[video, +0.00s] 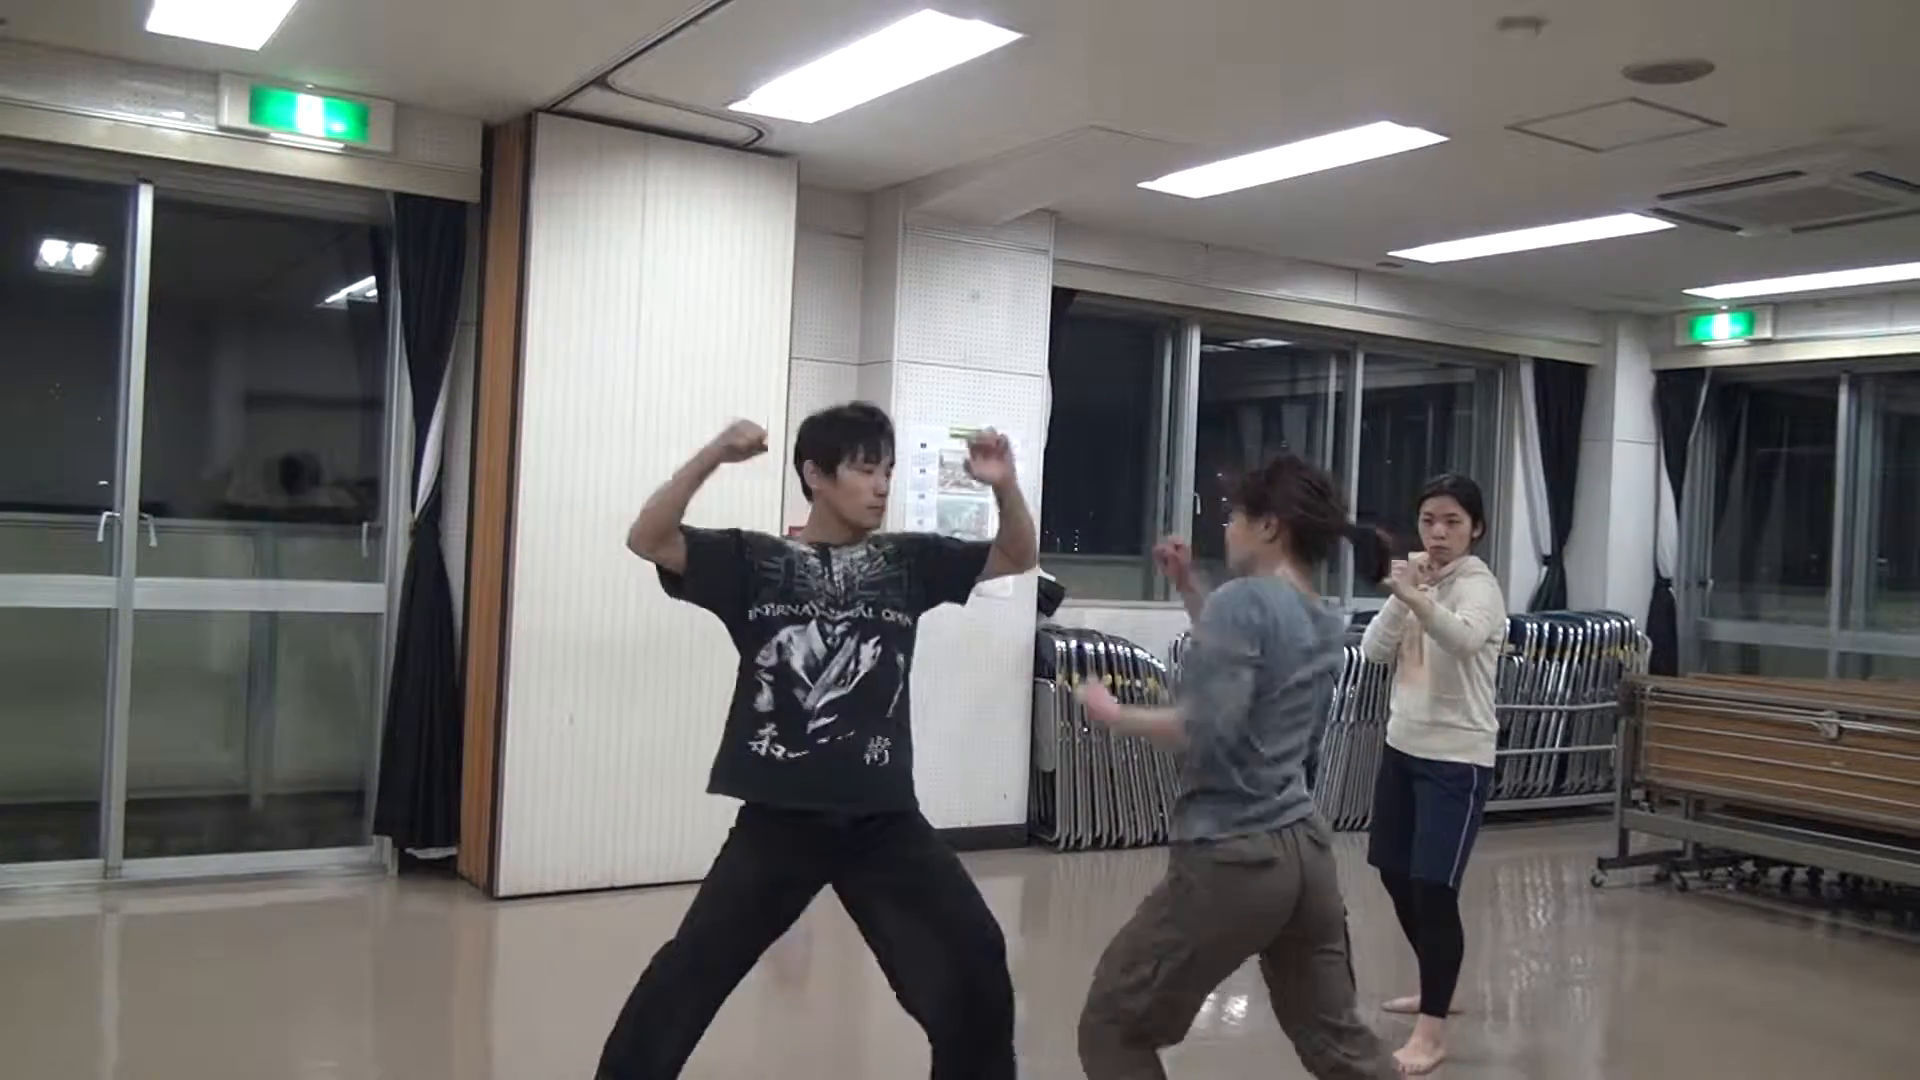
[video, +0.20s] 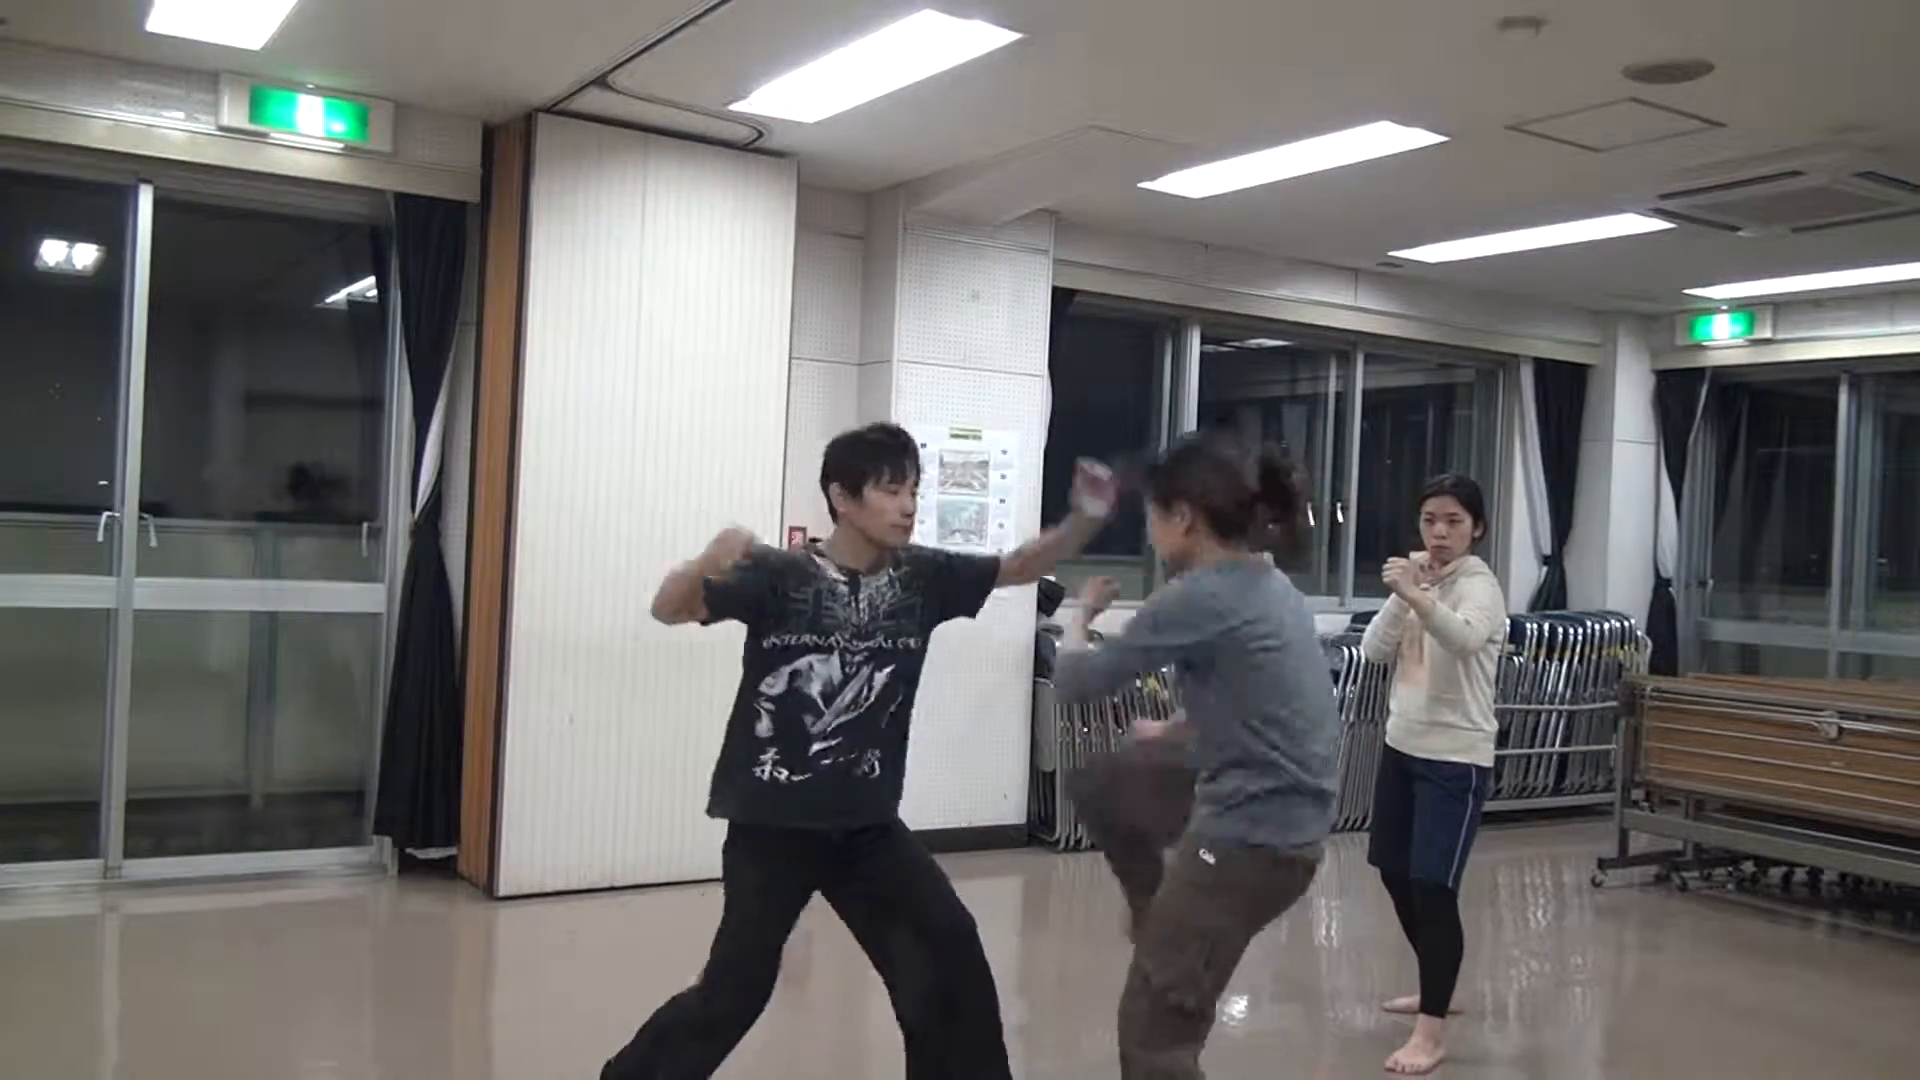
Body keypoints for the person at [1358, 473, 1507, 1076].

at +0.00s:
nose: (1438, 531)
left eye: (1451, 521)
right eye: (1429, 520)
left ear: (1475, 529)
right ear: (1418, 525)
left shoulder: (1480, 584)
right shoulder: (1415, 582)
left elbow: (1467, 639)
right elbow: (1373, 650)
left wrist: (1415, 597)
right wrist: (1404, 595)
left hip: (1456, 759)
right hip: (1403, 750)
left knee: (1433, 887)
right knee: (1390, 864)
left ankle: (1431, 1031)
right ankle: (1438, 984)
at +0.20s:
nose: (1440, 531)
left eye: (1453, 521)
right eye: (1431, 520)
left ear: (1475, 529)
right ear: (1419, 525)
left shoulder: (1480, 584)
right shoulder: (1414, 581)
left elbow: (1467, 639)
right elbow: (1373, 650)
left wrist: (1414, 595)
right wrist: (1405, 596)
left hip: (1455, 758)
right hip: (1402, 750)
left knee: (1432, 886)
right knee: (1390, 864)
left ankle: (1429, 1033)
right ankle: (1437, 986)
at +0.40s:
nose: (1441, 530)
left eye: (1454, 520)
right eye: (1432, 519)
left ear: (1476, 529)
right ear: (1420, 525)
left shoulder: (1481, 584)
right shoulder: (1414, 579)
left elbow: (1467, 638)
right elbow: (1372, 649)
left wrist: (1413, 594)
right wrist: (1406, 597)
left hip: (1453, 758)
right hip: (1400, 750)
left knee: (1431, 887)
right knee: (1390, 865)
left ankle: (1429, 1032)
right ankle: (1437, 986)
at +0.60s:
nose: (1440, 531)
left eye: (1453, 521)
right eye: (1431, 519)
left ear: (1476, 528)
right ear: (1419, 524)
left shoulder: (1478, 583)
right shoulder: (1414, 579)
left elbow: (1464, 637)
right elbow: (1368, 644)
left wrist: (1413, 594)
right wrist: (1400, 591)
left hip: (1454, 760)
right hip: (1403, 752)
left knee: (1430, 885)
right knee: (1390, 865)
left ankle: (1427, 1030)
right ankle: (1436, 983)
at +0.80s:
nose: (1437, 525)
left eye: (1451, 517)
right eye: (1431, 515)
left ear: (1475, 531)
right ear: (1417, 523)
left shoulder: (1481, 593)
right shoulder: (1389, 587)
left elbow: (1482, 590)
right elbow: (1330, 609)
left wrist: (1421, 556)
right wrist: (1372, 558)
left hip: (1465, 759)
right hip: (1400, 754)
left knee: (1435, 880)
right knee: (1385, 878)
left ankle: (1421, 1011)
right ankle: (1434, 978)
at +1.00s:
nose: (1445, 523)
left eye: (1457, 512)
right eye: (1435, 513)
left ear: (1483, 520)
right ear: (1425, 521)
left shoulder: (1508, 592)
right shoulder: (1397, 582)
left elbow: (1498, 651)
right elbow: (1353, 669)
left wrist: (1470, 577)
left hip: (1459, 750)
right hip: (1385, 735)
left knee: (1438, 895)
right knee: (1348, 853)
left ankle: (1410, 1024)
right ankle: (1355, 927)